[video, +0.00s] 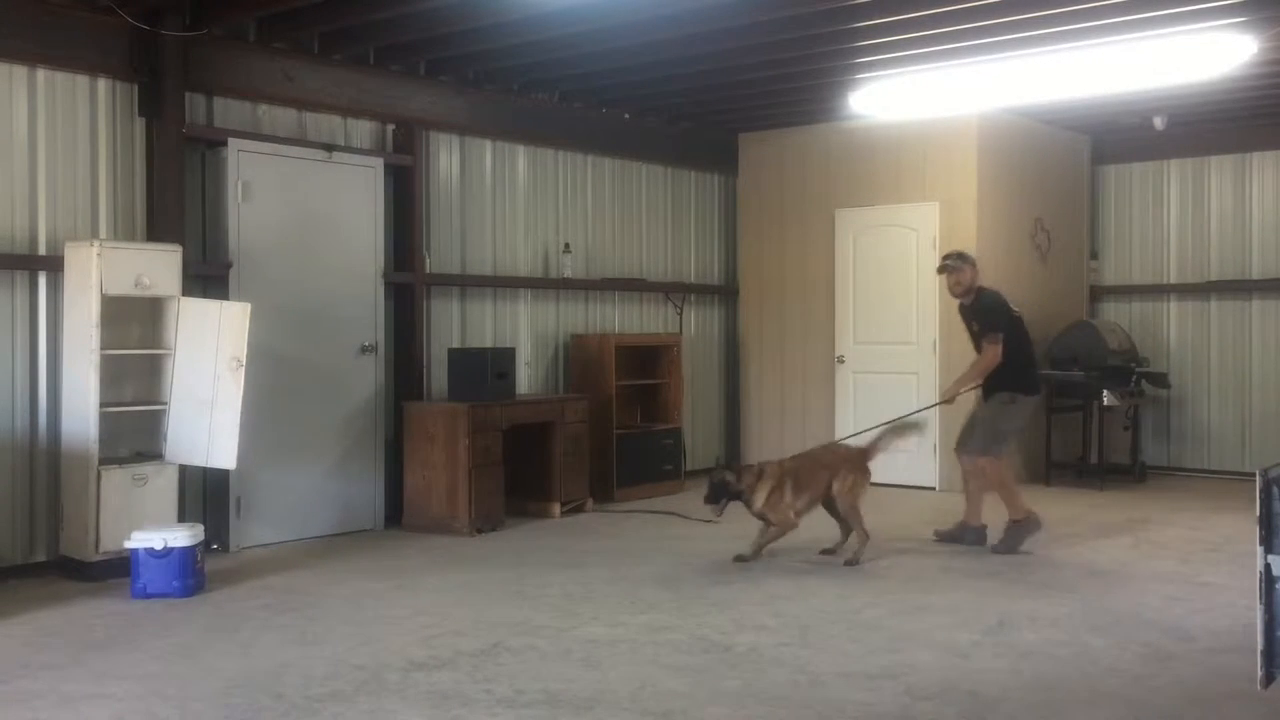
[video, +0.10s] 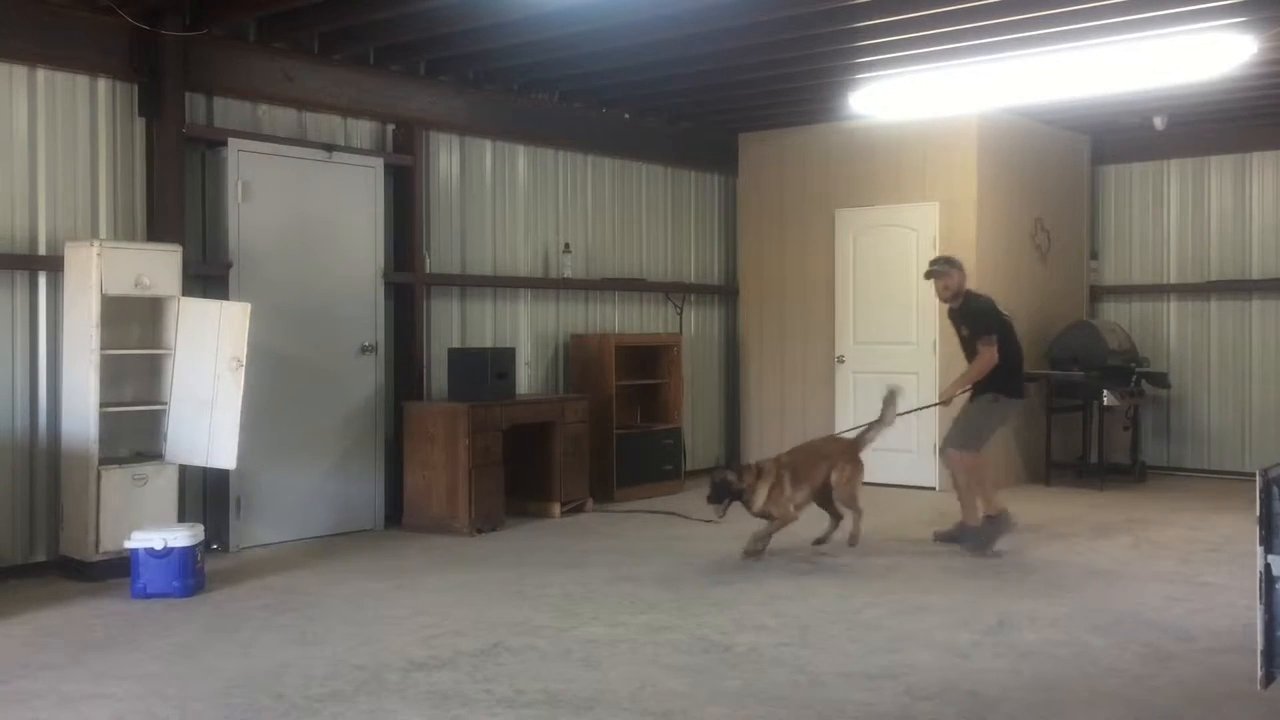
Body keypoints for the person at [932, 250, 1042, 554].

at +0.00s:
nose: (953, 278)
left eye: (959, 271)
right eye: (948, 273)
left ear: (974, 273)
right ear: (945, 279)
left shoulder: (988, 301)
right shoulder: (967, 307)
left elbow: (993, 355)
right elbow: (987, 352)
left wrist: (956, 387)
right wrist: (979, 379)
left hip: (1018, 389)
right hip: (997, 389)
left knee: (986, 453)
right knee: (967, 450)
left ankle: (1021, 518)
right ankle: (972, 524)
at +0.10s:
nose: (941, 284)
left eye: (946, 277)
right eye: (937, 279)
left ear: (961, 278)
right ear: (935, 284)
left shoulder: (977, 307)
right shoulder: (957, 309)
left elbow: (989, 357)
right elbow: (981, 356)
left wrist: (953, 388)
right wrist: (967, 385)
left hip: (1000, 391)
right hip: (991, 390)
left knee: (953, 450)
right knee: (969, 450)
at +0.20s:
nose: (930, 287)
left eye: (935, 280)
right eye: (925, 282)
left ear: (950, 279)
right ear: (922, 286)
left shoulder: (966, 309)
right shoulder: (946, 313)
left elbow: (984, 357)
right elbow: (972, 355)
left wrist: (949, 386)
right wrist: (962, 384)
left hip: (992, 392)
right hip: (980, 391)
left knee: (951, 453)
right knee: (944, 454)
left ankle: (958, 527)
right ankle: (968, 524)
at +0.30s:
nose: (916, 292)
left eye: (922, 285)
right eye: (912, 287)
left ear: (938, 285)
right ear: (909, 291)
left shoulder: (952, 314)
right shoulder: (936, 317)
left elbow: (979, 362)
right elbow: (962, 359)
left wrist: (949, 390)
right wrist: (953, 391)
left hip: (985, 397)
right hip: (973, 396)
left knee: (949, 460)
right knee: (943, 458)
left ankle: (925, 532)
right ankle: (970, 526)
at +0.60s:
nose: (884, 306)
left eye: (888, 298)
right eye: (880, 301)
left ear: (905, 295)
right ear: (882, 302)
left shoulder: (920, 320)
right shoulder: (920, 317)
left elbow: (951, 365)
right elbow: (952, 362)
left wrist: (929, 402)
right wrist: (938, 399)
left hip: (966, 398)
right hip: (970, 396)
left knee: (922, 461)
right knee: (944, 456)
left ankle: (915, 539)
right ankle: (962, 517)